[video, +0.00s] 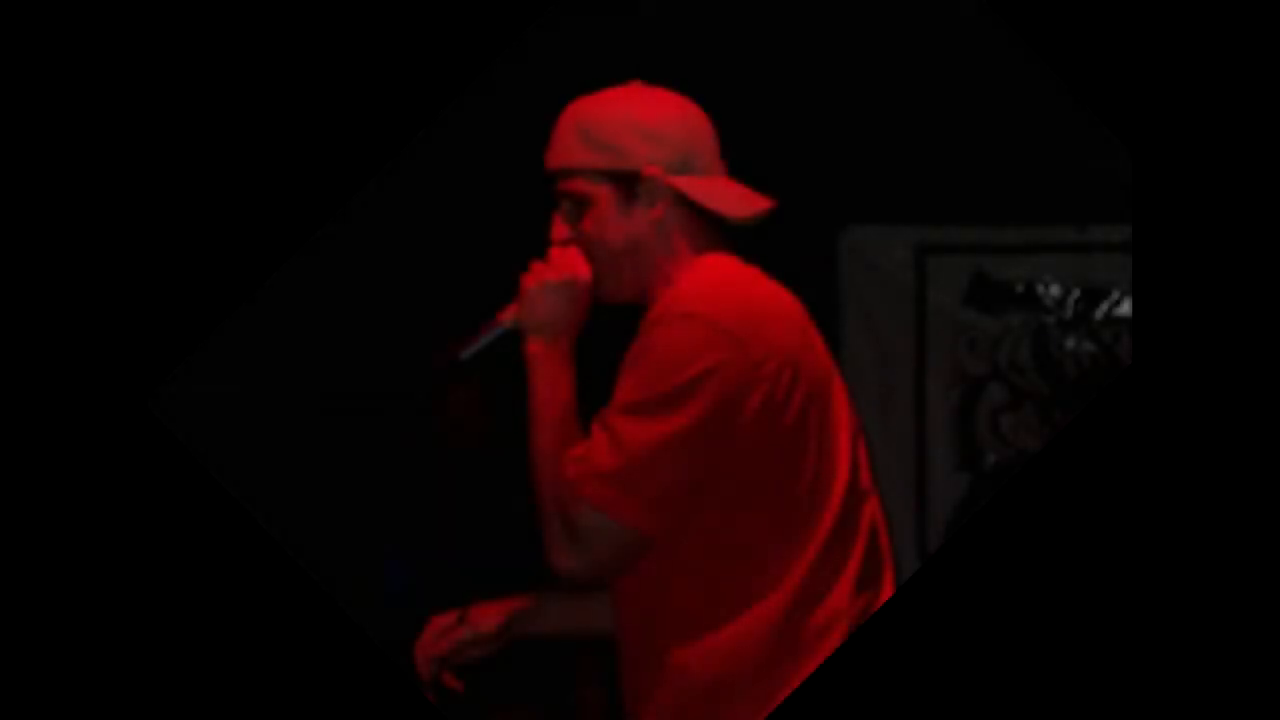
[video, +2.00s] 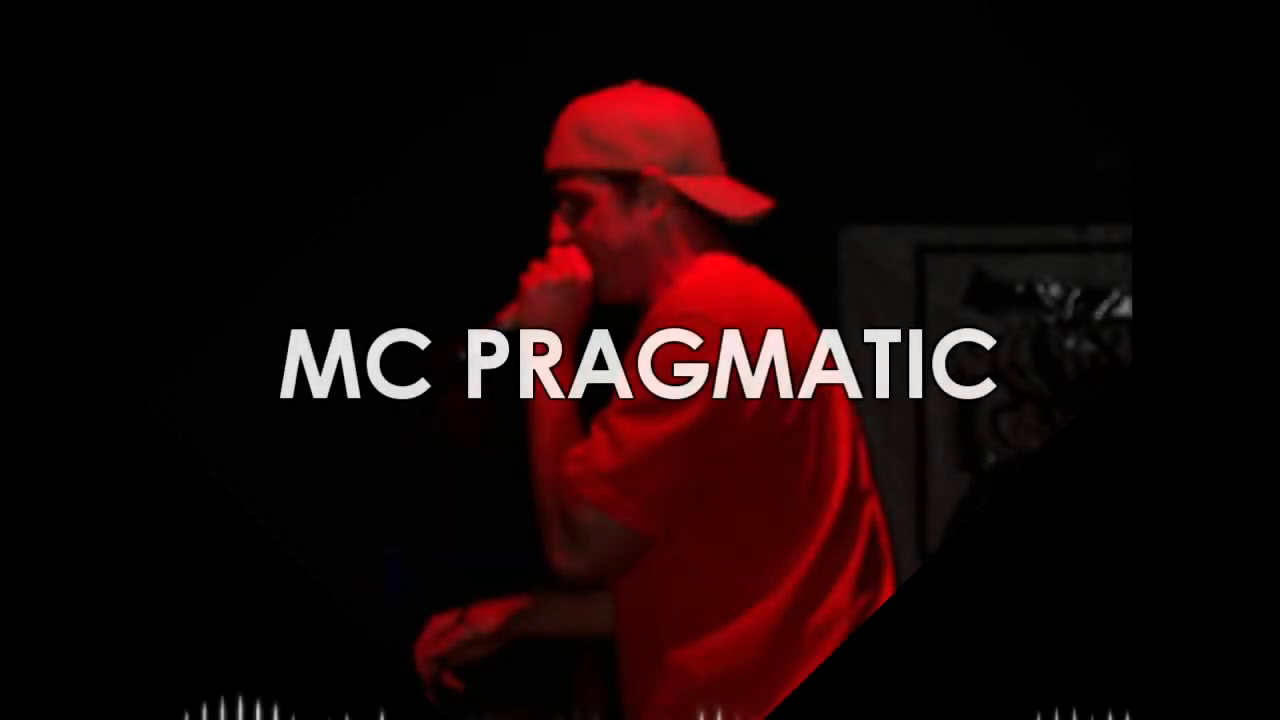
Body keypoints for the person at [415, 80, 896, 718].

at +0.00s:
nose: (559, 233)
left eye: (577, 206)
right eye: (559, 208)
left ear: (652, 202)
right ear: (650, 204)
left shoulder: (704, 319)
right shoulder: (745, 306)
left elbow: (578, 543)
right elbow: (700, 581)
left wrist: (547, 345)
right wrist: (519, 622)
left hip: (736, 698)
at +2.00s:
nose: (560, 234)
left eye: (577, 206)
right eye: (559, 209)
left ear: (653, 200)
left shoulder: (707, 314)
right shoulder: (747, 305)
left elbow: (578, 542)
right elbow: (699, 578)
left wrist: (545, 349)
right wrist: (519, 620)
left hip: (734, 702)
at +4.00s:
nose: (561, 234)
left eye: (577, 207)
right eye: (560, 209)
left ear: (652, 198)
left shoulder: (706, 314)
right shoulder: (747, 303)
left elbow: (577, 543)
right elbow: (699, 579)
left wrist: (546, 347)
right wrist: (520, 620)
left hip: (739, 705)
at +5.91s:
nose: (560, 233)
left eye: (577, 207)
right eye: (559, 209)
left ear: (653, 198)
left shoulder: (706, 314)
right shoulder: (746, 304)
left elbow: (577, 543)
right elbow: (697, 579)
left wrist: (545, 347)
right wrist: (517, 618)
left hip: (739, 705)